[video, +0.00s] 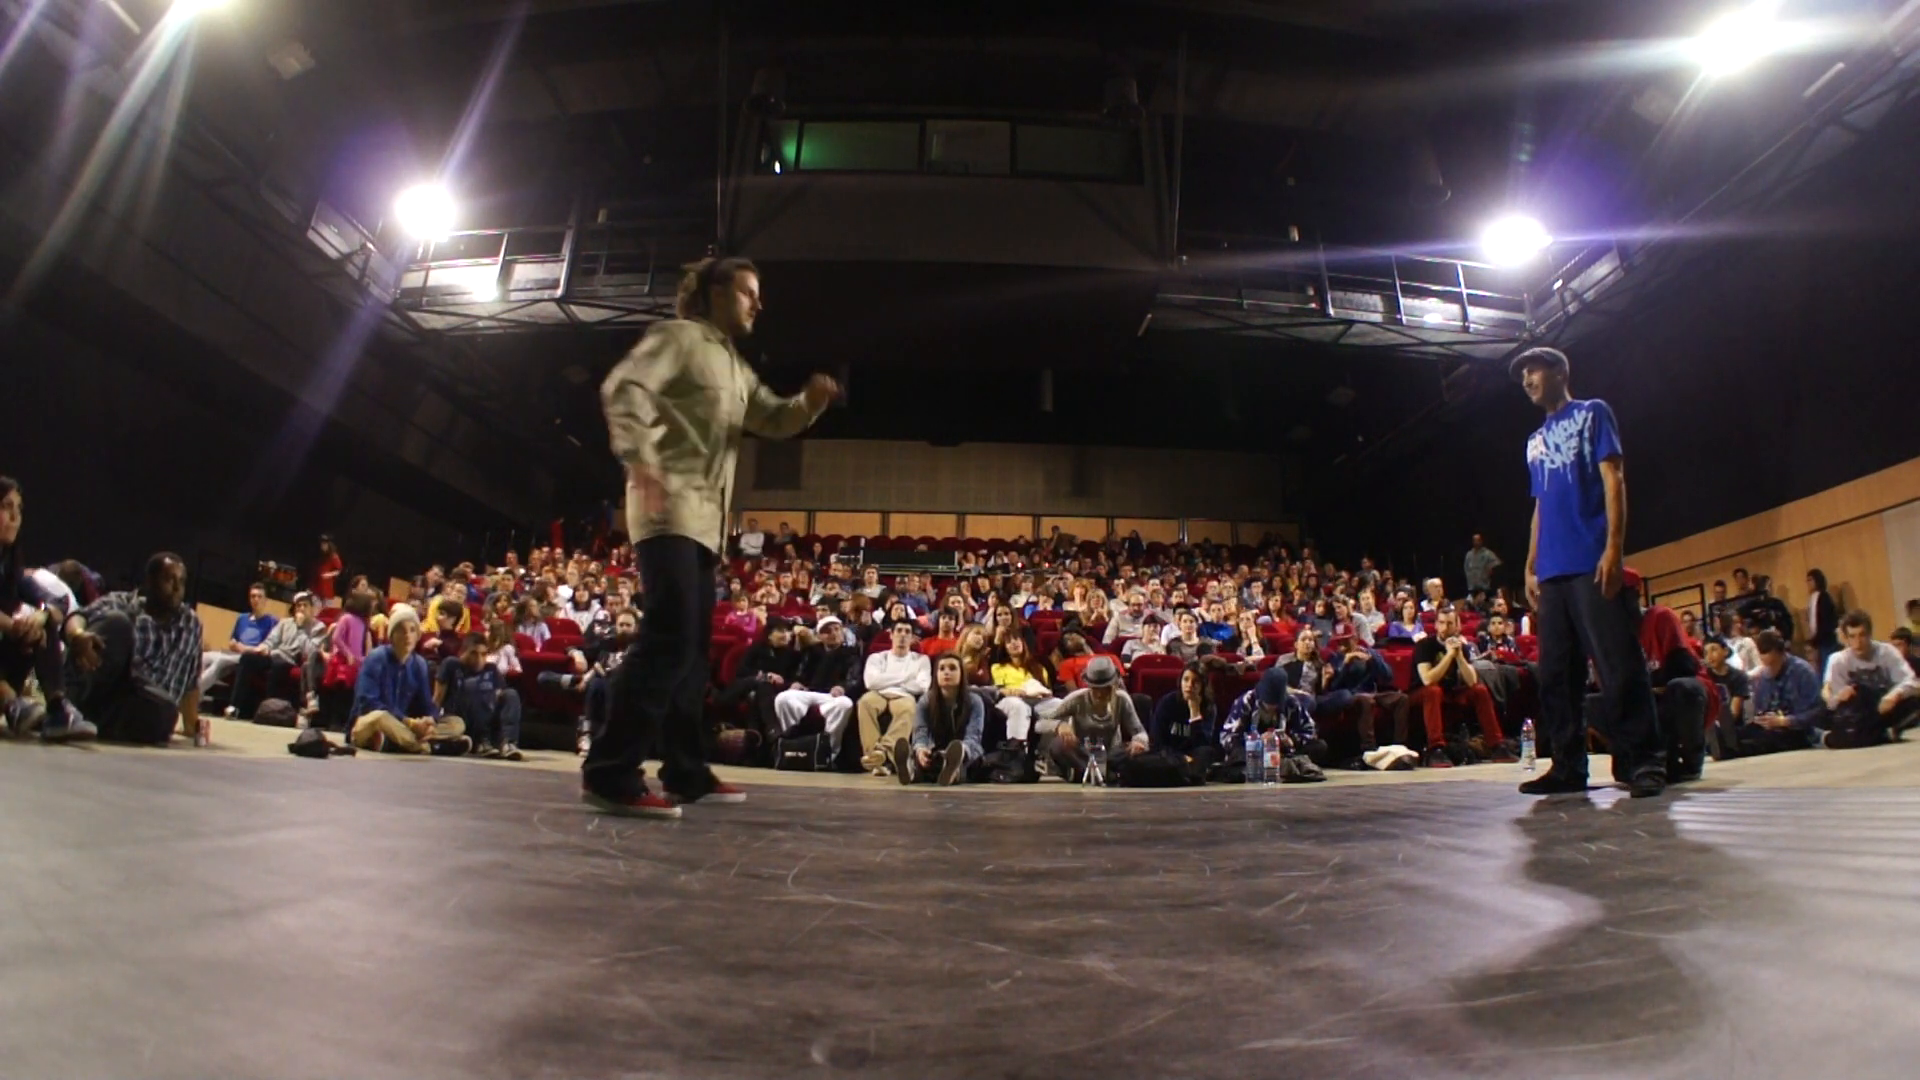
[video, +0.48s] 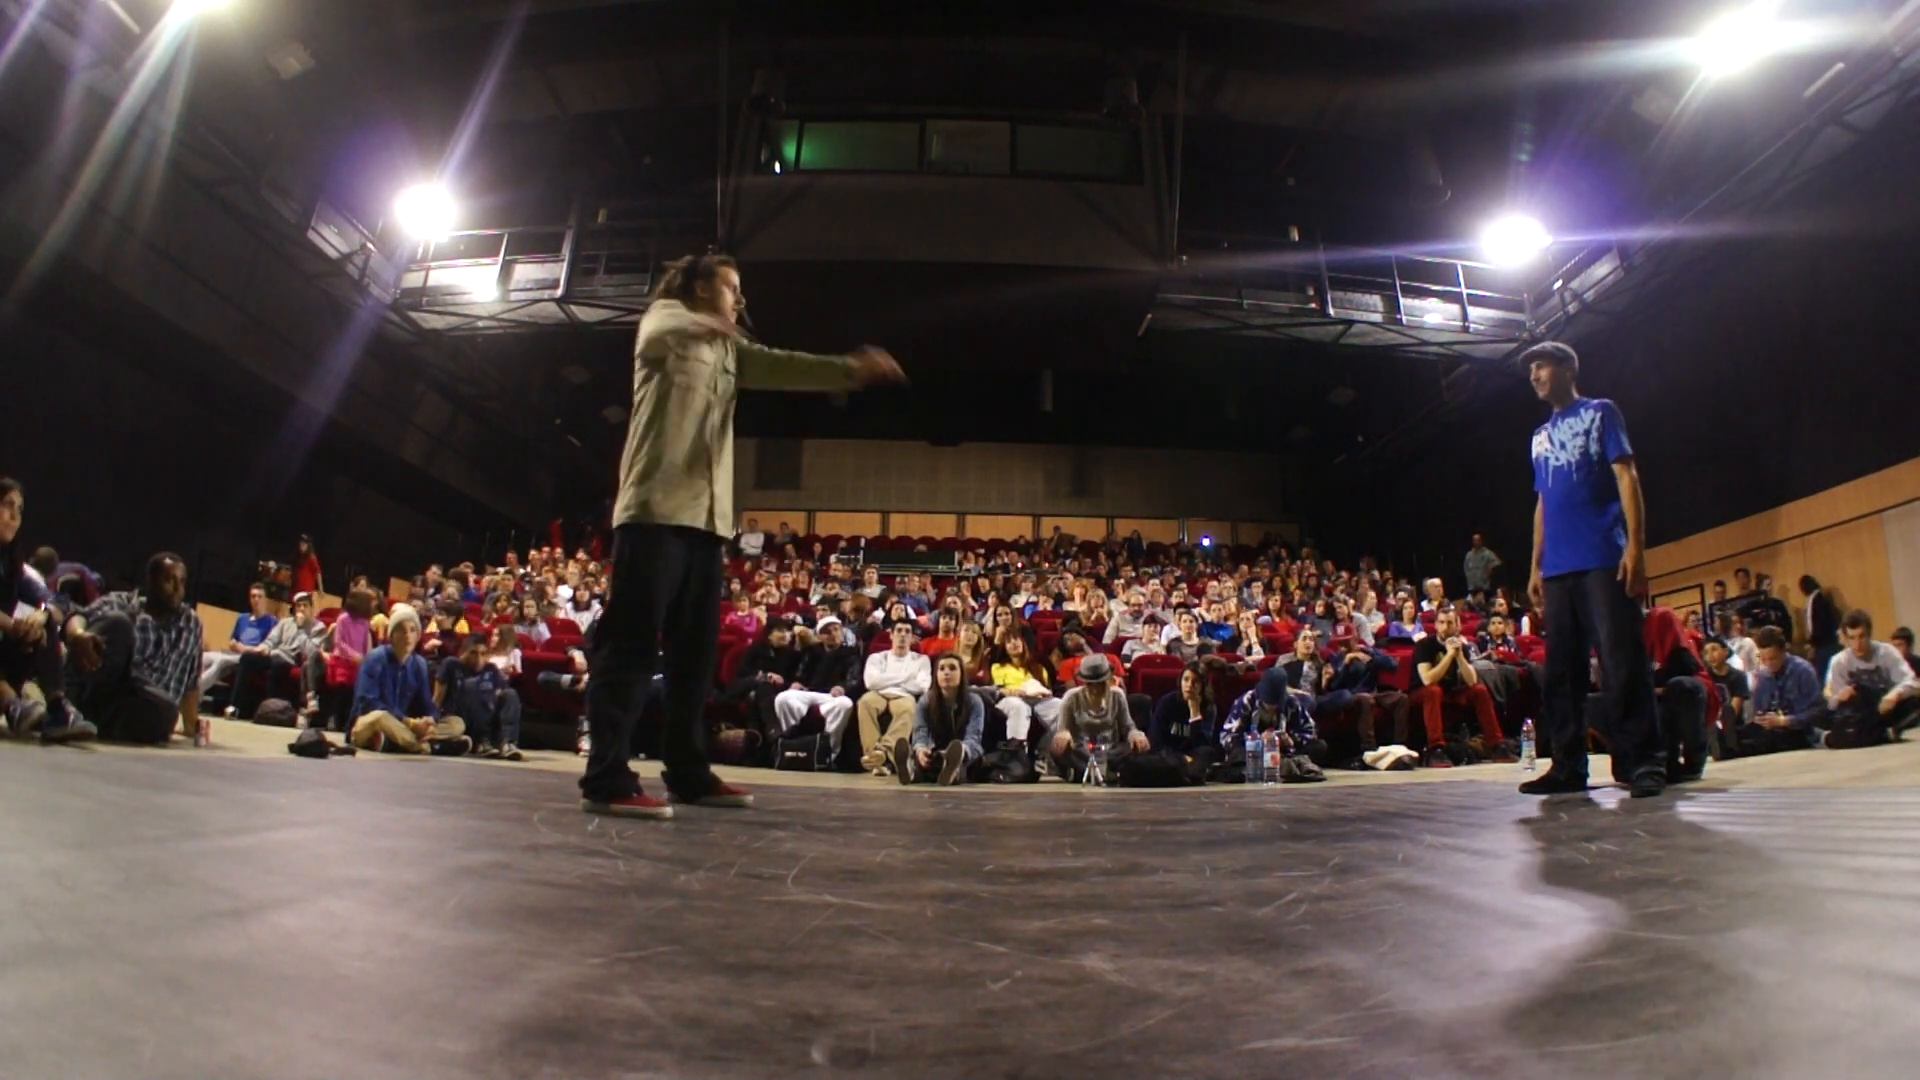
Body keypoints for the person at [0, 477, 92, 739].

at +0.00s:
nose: (14, 516)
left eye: (18, 509)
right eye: (6, 507)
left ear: (21, 515)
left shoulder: (12, 567)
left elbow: (56, 606)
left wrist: (43, 615)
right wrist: (11, 625)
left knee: (44, 624)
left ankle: (57, 708)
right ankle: (11, 703)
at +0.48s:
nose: (14, 516)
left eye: (18, 509)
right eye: (8, 506)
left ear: (21, 517)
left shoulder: (11, 562)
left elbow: (53, 609)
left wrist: (42, 614)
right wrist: (13, 625)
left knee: (44, 628)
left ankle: (58, 708)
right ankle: (11, 704)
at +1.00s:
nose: (20, 518)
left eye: (22, 510)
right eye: (13, 509)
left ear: (21, 515)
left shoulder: (11, 564)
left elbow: (53, 607)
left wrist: (42, 613)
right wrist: (11, 624)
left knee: (47, 623)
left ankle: (58, 708)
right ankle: (12, 705)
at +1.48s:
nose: (17, 517)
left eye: (20, 509)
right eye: (10, 507)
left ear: (21, 514)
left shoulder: (12, 565)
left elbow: (55, 607)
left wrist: (42, 614)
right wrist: (11, 623)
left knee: (45, 624)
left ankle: (58, 709)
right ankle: (11, 704)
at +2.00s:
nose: (17, 516)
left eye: (19, 508)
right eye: (10, 506)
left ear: (21, 514)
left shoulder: (12, 565)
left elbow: (55, 607)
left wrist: (42, 614)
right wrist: (12, 623)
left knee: (46, 624)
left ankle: (58, 709)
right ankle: (12, 706)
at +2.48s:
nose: (15, 516)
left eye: (18, 508)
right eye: (8, 506)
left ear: (19, 514)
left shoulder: (11, 564)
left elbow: (57, 608)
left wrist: (42, 614)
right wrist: (10, 623)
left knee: (44, 624)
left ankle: (57, 708)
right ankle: (12, 705)